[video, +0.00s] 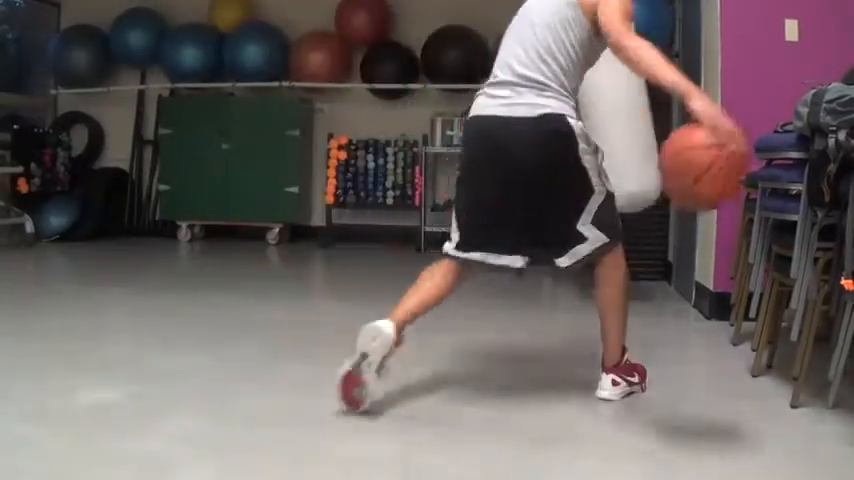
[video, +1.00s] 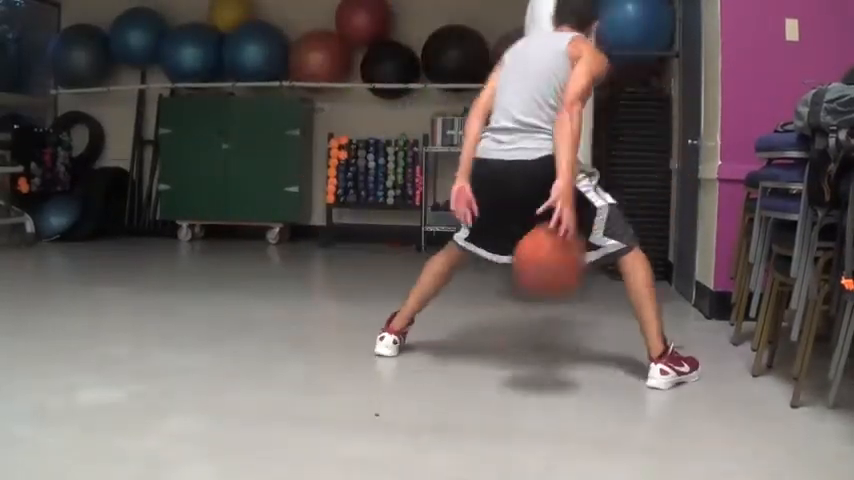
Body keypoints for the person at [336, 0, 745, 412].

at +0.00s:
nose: (626, 19)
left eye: (630, 16)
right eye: (625, 13)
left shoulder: (532, 10)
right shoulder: (600, 3)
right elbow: (624, 41)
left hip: (483, 125)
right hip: (548, 128)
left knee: (458, 256)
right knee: (608, 250)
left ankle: (391, 326)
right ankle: (615, 368)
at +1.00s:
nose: (603, 47)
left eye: (603, 40)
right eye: (602, 39)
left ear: (556, 25)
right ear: (590, 32)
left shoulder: (514, 50)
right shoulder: (588, 53)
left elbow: (479, 112)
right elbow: (570, 107)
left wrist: (463, 176)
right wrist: (564, 180)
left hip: (488, 172)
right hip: (545, 173)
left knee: (456, 248)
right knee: (629, 251)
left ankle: (395, 327)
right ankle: (661, 357)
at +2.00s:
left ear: (451, 18)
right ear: (482, 17)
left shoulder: (436, 49)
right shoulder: (505, 46)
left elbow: (390, 93)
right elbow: (523, 104)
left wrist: (367, 105)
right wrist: (500, 121)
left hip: (453, 150)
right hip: (499, 156)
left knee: (421, 226)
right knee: (478, 256)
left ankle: (392, 310)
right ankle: (421, 313)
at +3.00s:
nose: (523, 64)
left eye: (526, 58)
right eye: (525, 55)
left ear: (507, 43)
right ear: (515, 45)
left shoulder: (470, 58)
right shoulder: (482, 59)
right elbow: (469, 97)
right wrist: (512, 123)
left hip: (421, 144)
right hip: (436, 144)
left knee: (452, 214)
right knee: (511, 199)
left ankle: (433, 288)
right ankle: (510, 291)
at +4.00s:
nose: (542, 41)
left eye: (542, 34)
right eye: (539, 32)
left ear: (521, 25)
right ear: (523, 25)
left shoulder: (493, 53)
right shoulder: (494, 49)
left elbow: (473, 102)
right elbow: (582, 59)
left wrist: (521, 113)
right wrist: (649, 49)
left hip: (452, 150)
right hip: (419, 143)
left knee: (507, 210)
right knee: (405, 237)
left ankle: (525, 297)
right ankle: (334, 314)